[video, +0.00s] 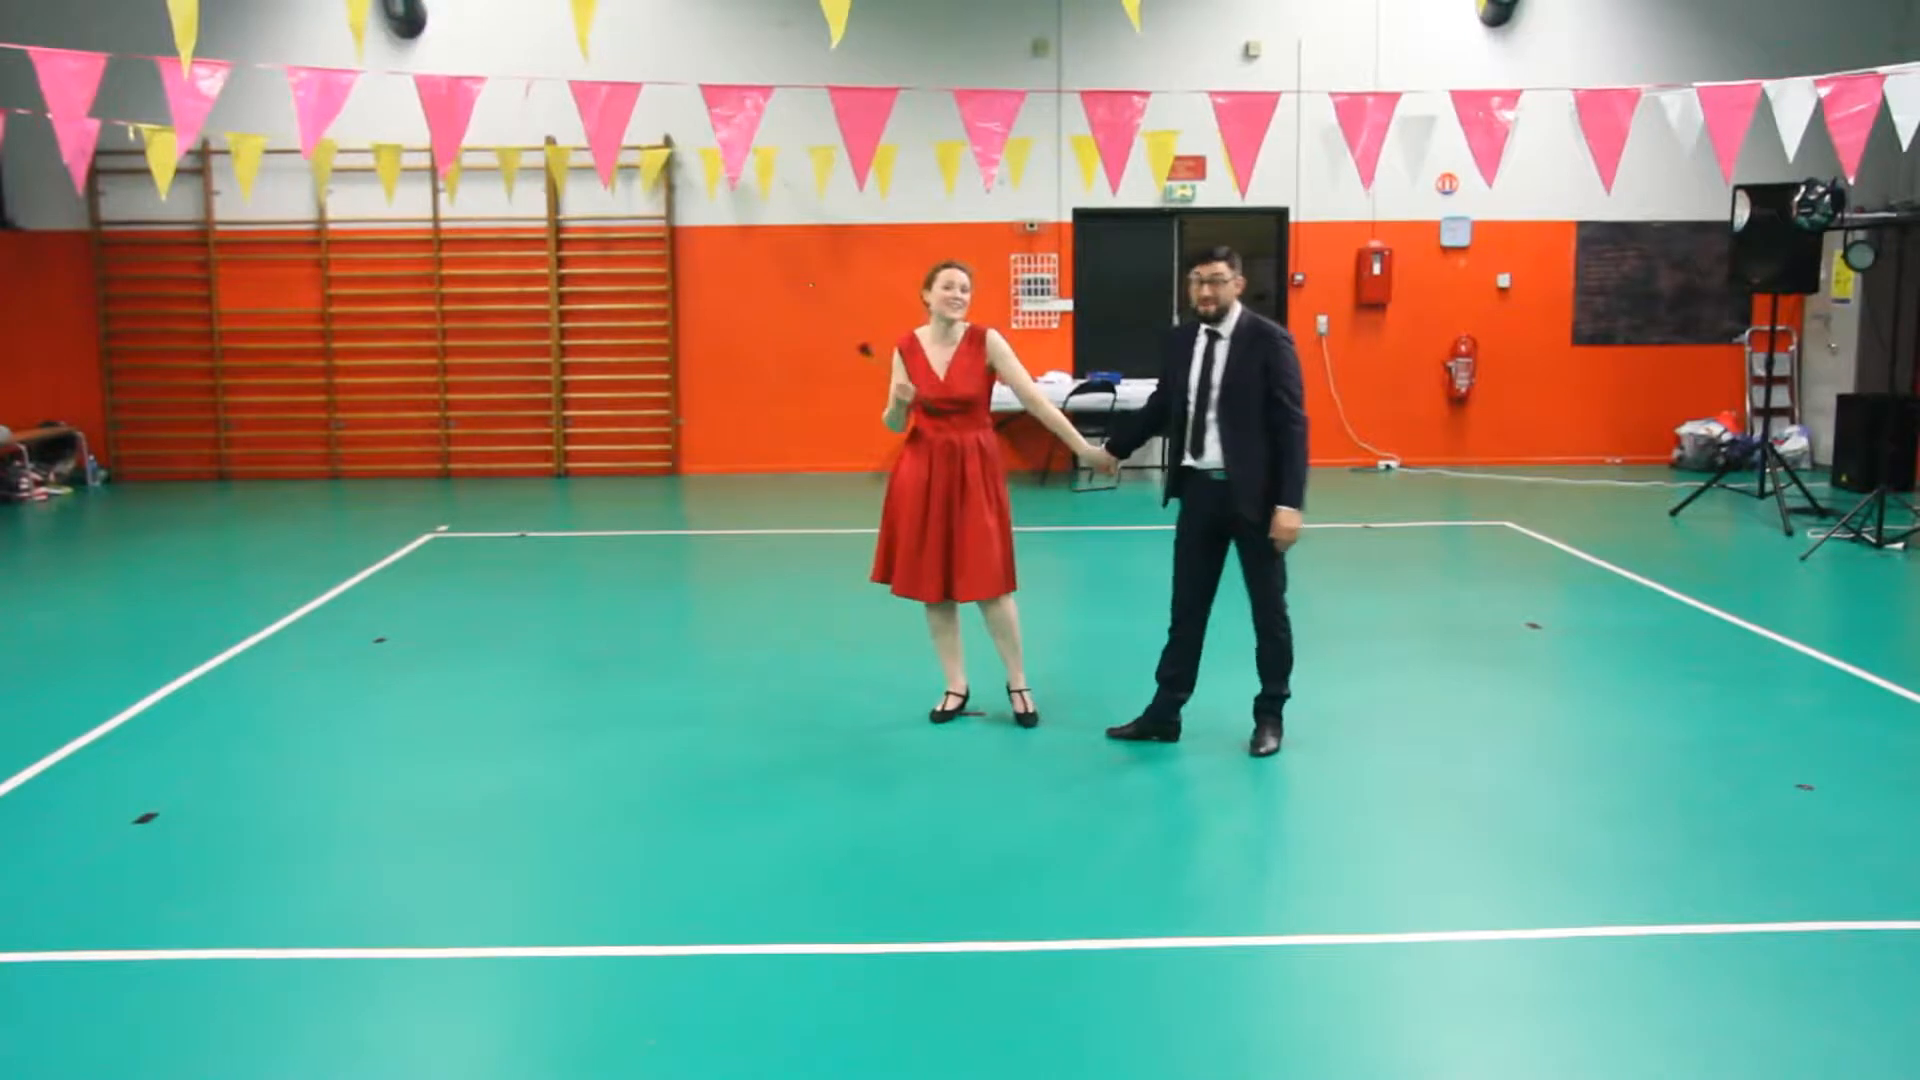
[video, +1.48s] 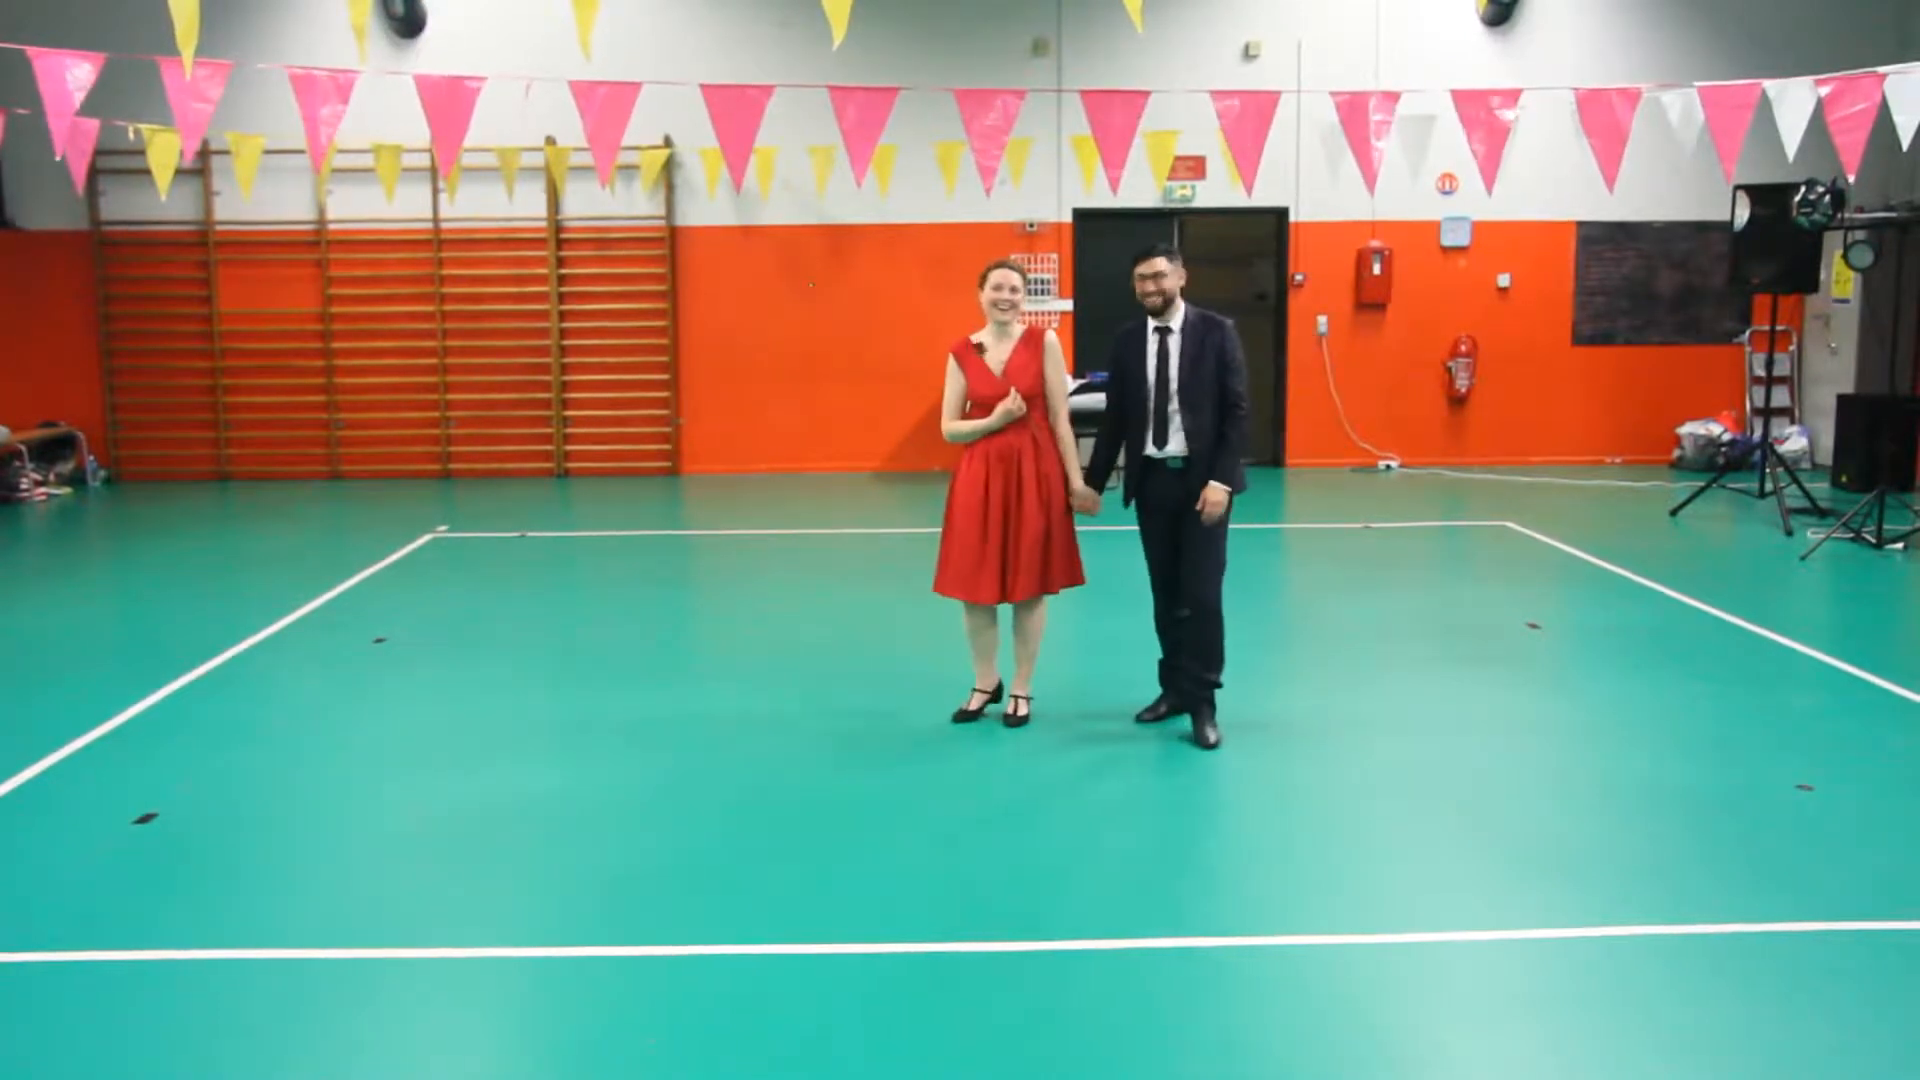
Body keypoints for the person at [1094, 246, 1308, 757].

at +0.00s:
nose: (1207, 291)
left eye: (1217, 281)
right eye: (1198, 282)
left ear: (1240, 285)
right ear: (1188, 289)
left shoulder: (1270, 341)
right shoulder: (1181, 340)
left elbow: (1292, 424)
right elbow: (1163, 405)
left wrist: (1291, 501)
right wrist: (1114, 448)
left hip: (1253, 492)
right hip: (1199, 490)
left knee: (1268, 610)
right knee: (1187, 607)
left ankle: (1270, 716)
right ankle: (1164, 713)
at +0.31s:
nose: (1253, 289)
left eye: (1262, 280)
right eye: (1243, 281)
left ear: (1278, 284)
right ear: (1228, 285)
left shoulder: (1302, 344)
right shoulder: (1207, 337)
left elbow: (1332, 421)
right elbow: (1174, 401)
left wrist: (1348, 496)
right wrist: (1123, 453)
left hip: (1275, 489)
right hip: (1215, 488)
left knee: (1281, 613)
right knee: (1206, 606)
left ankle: (1270, 717)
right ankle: (1217, 711)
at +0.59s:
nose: (1252, 286)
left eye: (1261, 278)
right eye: (1242, 278)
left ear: (1276, 283)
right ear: (1225, 283)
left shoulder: (1299, 344)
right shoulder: (1201, 338)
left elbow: (1323, 421)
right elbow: (1167, 410)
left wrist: (1338, 494)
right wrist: (1122, 465)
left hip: (1269, 487)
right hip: (1208, 485)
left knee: (1276, 609)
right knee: (1192, 600)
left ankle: (1271, 714)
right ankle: (1201, 684)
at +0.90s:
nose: (1206, 285)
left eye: (1215, 277)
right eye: (1196, 277)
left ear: (1230, 283)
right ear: (1181, 285)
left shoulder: (1255, 340)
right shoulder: (1161, 340)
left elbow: (1277, 417)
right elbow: (1137, 417)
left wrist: (1302, 486)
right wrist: (1105, 477)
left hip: (1237, 483)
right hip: (1177, 484)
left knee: (1256, 606)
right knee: (1175, 597)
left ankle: (1267, 713)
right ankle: (1175, 693)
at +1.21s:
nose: (1173, 284)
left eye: (1180, 275)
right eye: (1162, 278)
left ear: (1194, 280)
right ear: (1146, 286)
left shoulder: (1225, 333)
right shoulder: (1132, 340)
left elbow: (1245, 409)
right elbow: (1114, 416)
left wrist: (1237, 472)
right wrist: (1090, 481)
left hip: (1211, 480)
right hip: (1155, 481)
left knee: (1218, 596)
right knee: (1165, 594)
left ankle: (1221, 708)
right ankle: (1173, 692)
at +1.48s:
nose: (1152, 285)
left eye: (1160, 276)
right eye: (1144, 279)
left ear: (1181, 278)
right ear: (1135, 287)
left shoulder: (1216, 332)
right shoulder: (1128, 340)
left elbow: (1236, 412)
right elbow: (1114, 414)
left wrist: (1222, 478)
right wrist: (1093, 481)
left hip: (1203, 476)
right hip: (1151, 477)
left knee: (1201, 593)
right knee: (1165, 590)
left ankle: (1203, 701)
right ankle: (1174, 688)